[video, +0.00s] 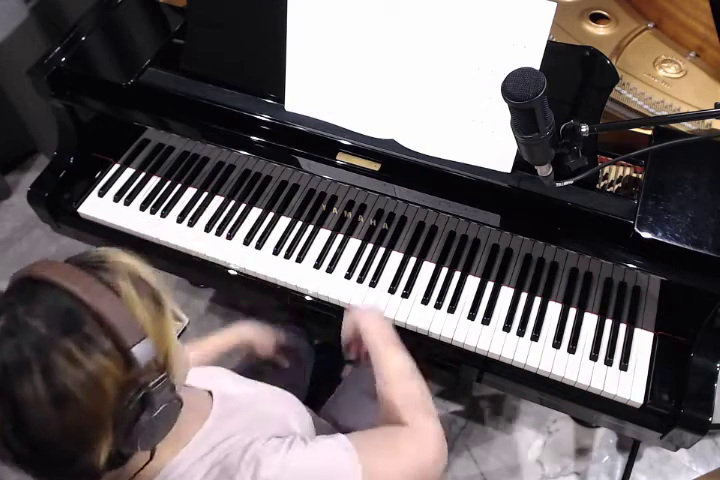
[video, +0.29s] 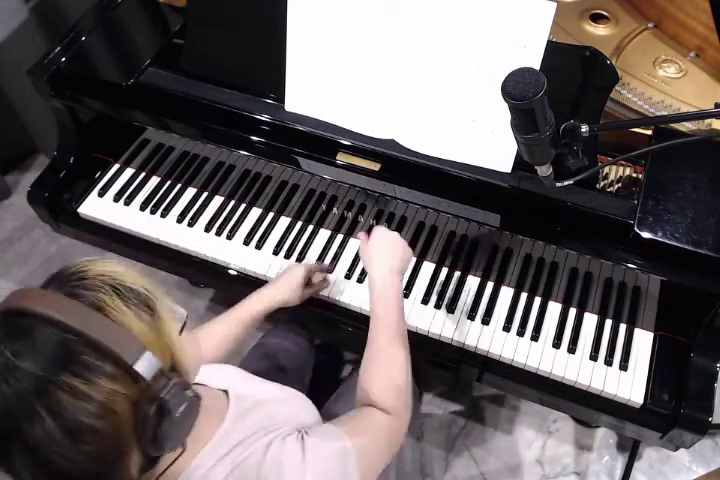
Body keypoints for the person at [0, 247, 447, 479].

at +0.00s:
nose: (176, 322)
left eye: (164, 313)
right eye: (166, 324)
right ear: (146, 373)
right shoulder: (262, 467)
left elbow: (147, 377)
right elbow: (423, 444)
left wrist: (237, 337)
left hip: (229, 386)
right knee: (381, 345)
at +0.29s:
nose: (175, 319)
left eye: (162, 314)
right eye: (163, 322)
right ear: (147, 379)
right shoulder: (279, 465)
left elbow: (181, 358)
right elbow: (386, 416)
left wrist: (267, 298)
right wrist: (386, 282)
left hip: (232, 381)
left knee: (284, 331)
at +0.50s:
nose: (200, 295)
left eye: (185, 292)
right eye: (187, 300)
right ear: (180, 362)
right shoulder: (288, 462)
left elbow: (208, 350)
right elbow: (378, 423)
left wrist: (294, 301)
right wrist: (387, 301)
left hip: (251, 377)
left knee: (292, 337)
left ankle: (316, 387)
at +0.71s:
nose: (244, 284)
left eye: (233, 283)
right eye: (236, 292)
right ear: (222, 355)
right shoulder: (319, 446)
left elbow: (216, 359)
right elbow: (384, 442)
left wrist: (291, 310)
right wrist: (383, 322)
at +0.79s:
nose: (258, 289)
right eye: (250, 292)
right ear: (233, 352)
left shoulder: (115, 407)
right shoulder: (316, 439)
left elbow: (191, 357)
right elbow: (389, 449)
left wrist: (288, 313)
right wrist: (382, 327)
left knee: (302, 339)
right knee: (388, 366)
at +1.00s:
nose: (289, 264)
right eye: (282, 272)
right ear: (275, 344)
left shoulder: (122, 387)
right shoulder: (337, 432)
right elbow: (395, 444)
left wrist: (295, 313)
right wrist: (380, 338)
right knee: (395, 366)